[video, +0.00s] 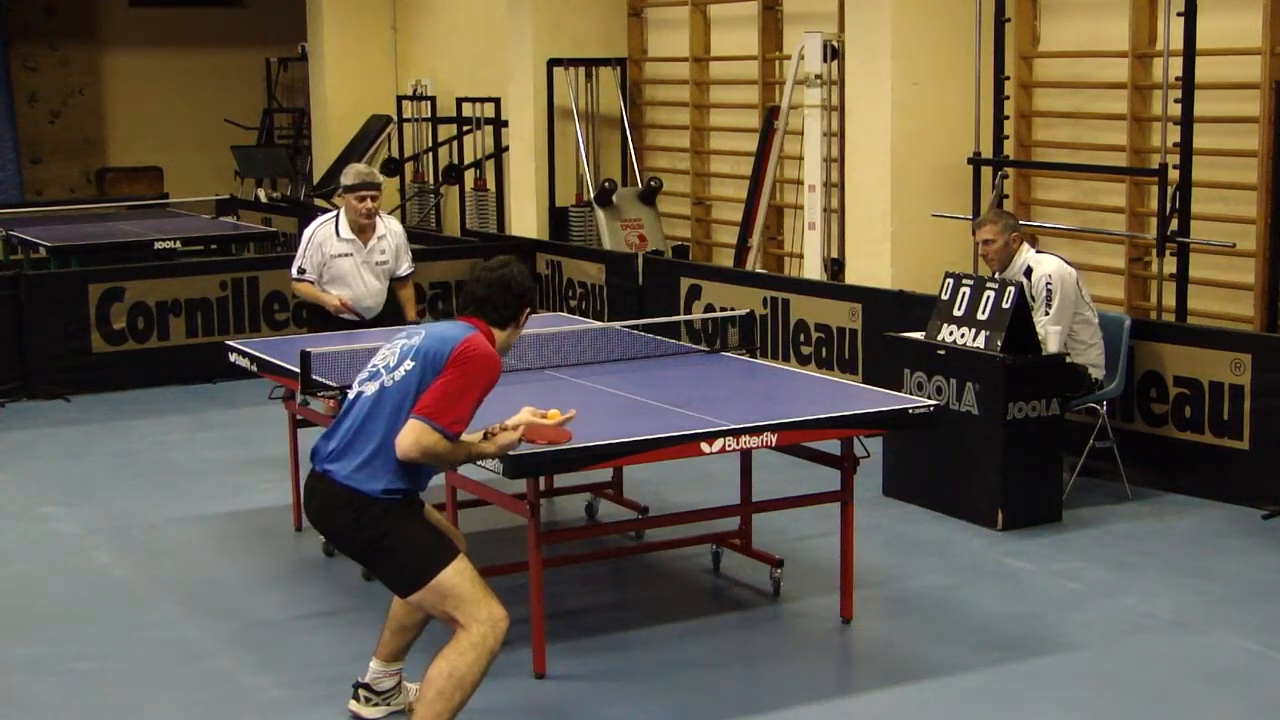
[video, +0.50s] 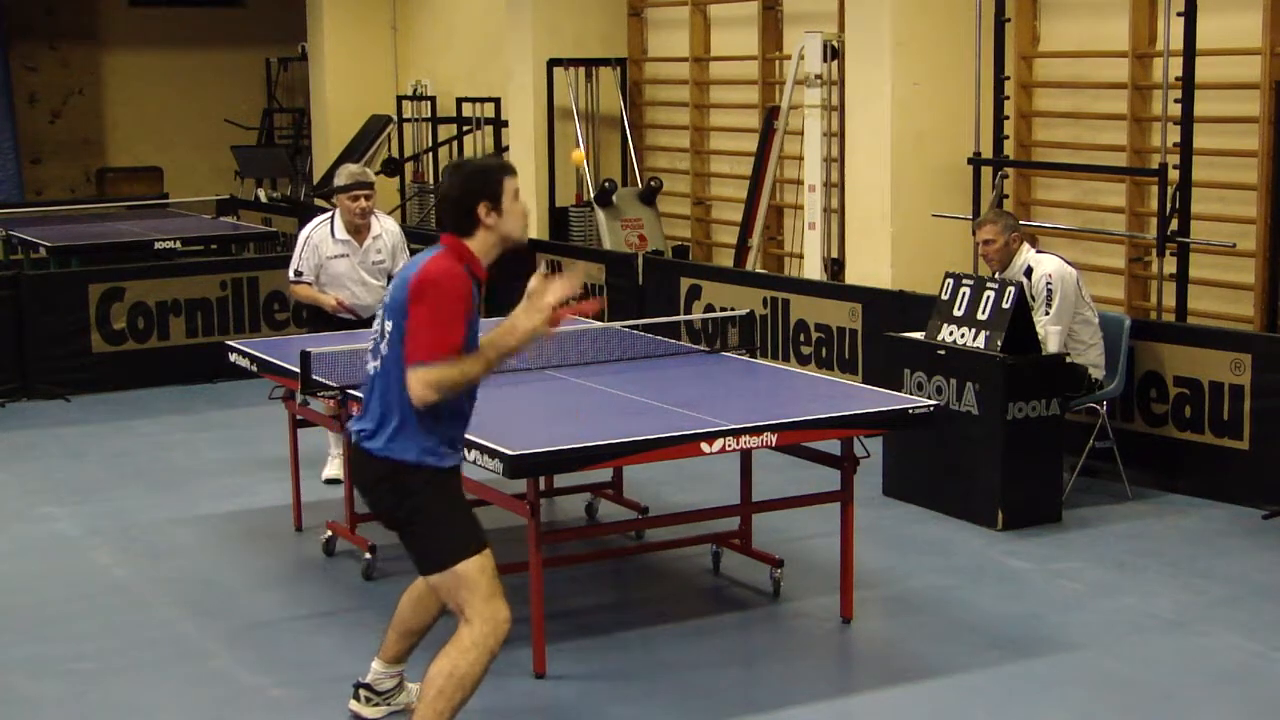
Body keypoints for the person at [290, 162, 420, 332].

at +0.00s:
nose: (369, 206)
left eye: (374, 199)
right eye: (361, 199)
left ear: (380, 198)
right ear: (343, 198)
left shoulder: (393, 230)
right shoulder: (318, 233)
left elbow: (403, 281)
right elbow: (299, 283)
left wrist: (412, 322)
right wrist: (326, 300)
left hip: (379, 321)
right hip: (331, 324)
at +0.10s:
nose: (366, 208)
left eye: (372, 201)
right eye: (358, 201)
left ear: (378, 200)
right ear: (340, 201)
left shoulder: (391, 231)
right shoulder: (317, 235)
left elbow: (402, 282)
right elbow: (298, 287)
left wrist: (411, 323)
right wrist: (326, 302)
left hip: (377, 322)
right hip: (329, 325)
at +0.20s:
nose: (364, 210)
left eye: (368, 203)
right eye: (355, 204)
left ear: (375, 202)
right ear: (337, 204)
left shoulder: (389, 233)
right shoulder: (313, 238)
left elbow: (401, 286)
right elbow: (296, 290)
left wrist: (411, 324)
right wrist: (324, 305)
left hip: (375, 325)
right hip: (327, 327)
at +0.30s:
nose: (361, 211)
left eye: (366, 204)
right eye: (352, 205)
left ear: (372, 202)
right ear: (335, 204)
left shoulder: (387, 233)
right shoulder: (311, 239)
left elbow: (397, 285)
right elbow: (295, 292)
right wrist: (323, 306)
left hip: (373, 327)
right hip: (325, 329)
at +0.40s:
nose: (360, 210)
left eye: (365, 202)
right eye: (351, 203)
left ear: (372, 201)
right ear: (335, 204)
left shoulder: (386, 232)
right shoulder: (312, 236)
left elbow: (400, 281)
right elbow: (295, 289)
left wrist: (396, 318)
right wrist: (321, 303)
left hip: (377, 323)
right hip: (330, 326)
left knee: (378, 388)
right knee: (334, 393)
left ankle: (378, 454)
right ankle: (335, 453)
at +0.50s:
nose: (363, 205)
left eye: (368, 197)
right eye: (354, 199)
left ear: (375, 197)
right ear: (337, 200)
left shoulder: (390, 230)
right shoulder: (314, 234)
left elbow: (405, 279)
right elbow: (297, 286)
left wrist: (401, 315)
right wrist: (323, 299)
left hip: (380, 320)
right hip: (332, 323)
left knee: (380, 386)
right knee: (335, 391)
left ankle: (382, 453)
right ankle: (336, 453)